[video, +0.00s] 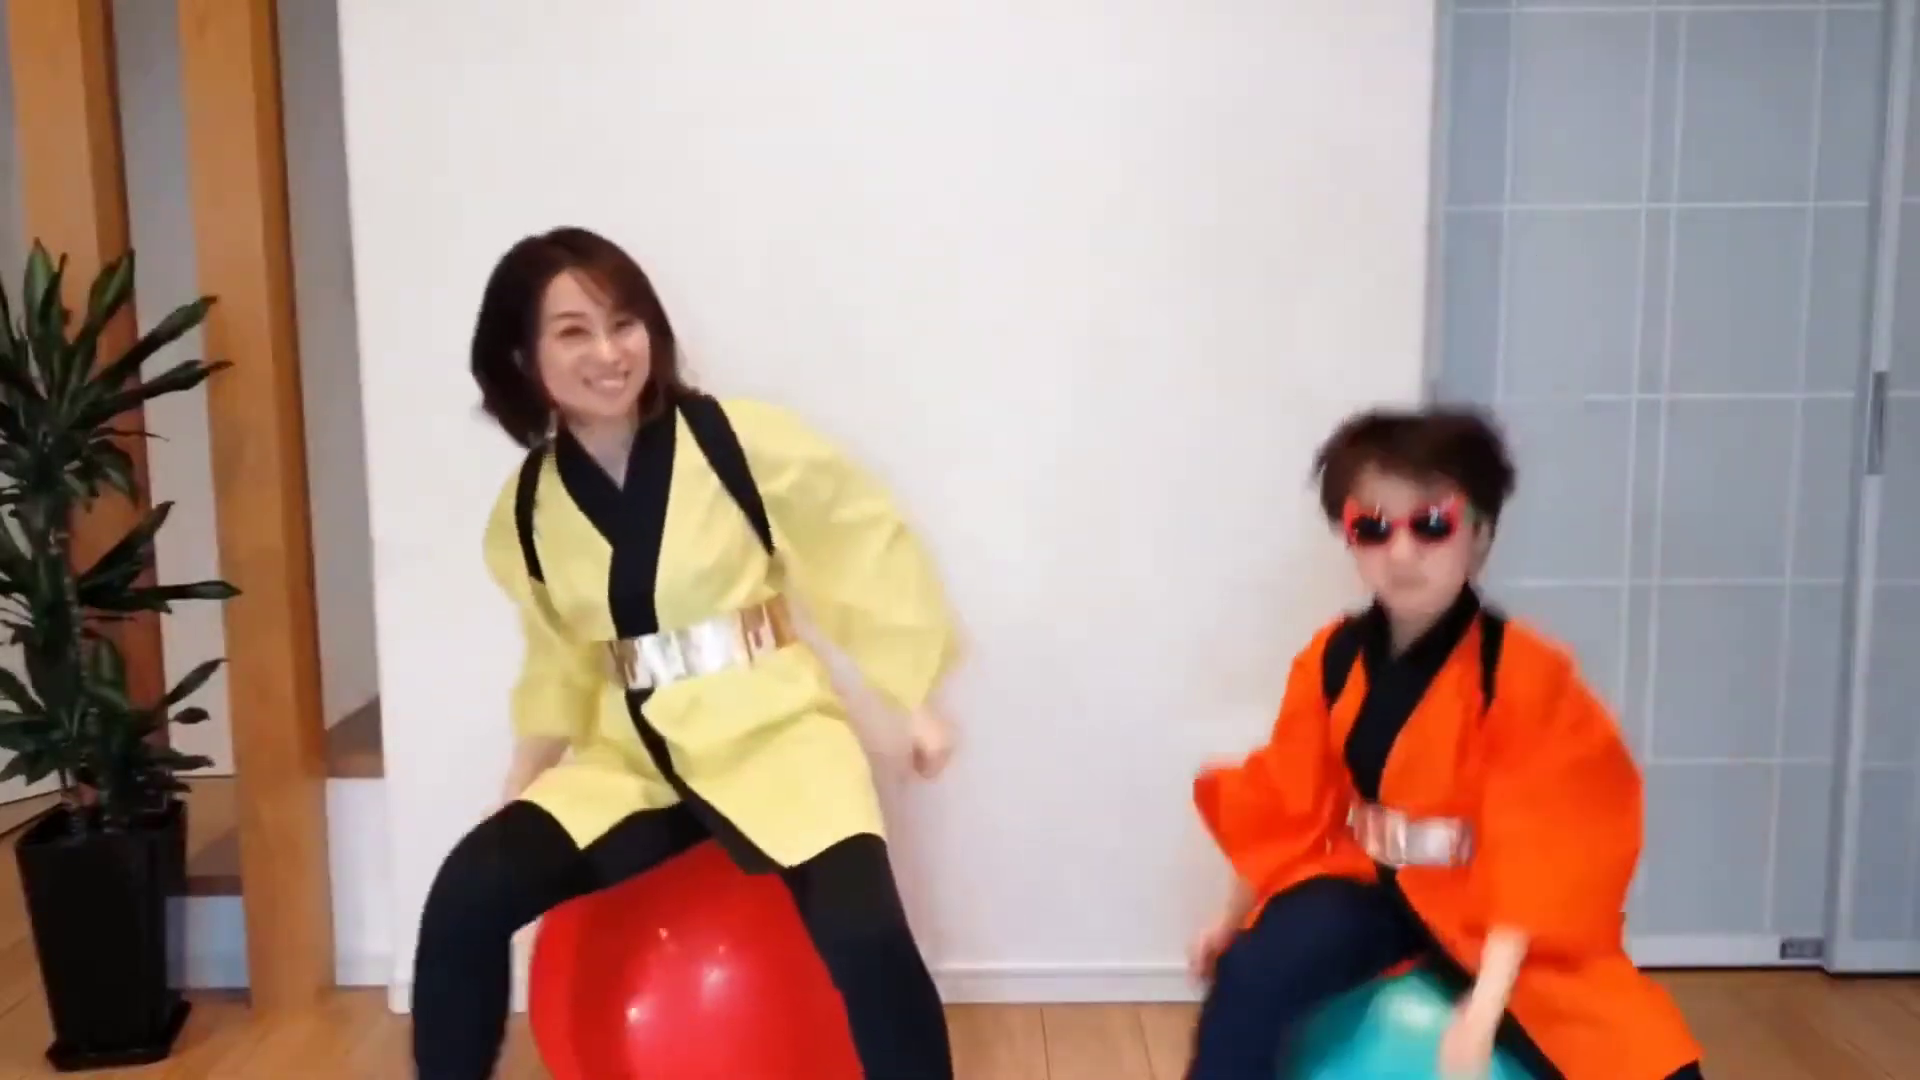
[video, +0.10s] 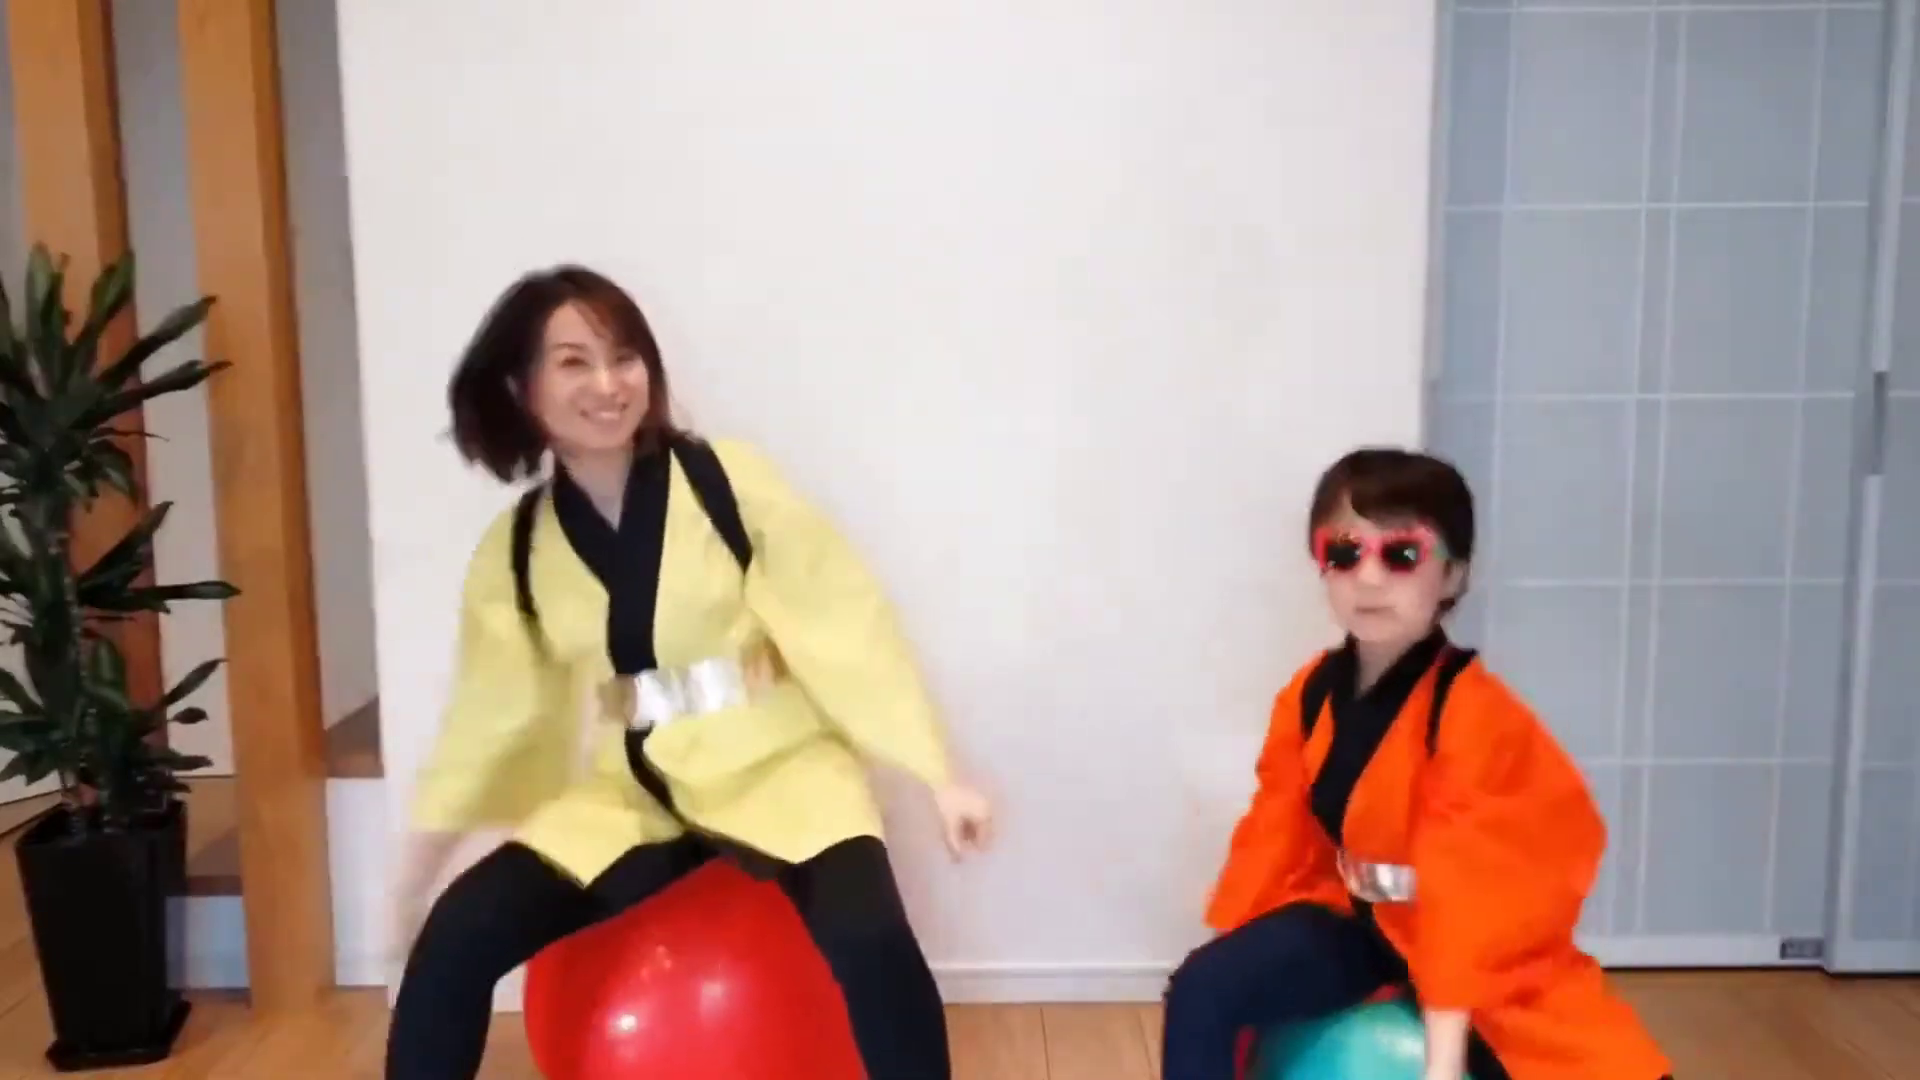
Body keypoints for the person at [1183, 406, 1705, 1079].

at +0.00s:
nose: (1401, 552)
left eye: (1432, 523)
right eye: (1372, 527)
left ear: (1483, 536)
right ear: (1347, 542)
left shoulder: (1528, 677)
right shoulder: (1333, 661)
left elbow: (1540, 851)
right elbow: (1287, 805)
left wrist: (1481, 1018)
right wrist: (1232, 918)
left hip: (1498, 909)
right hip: (1375, 892)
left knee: (1652, 1058)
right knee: (1251, 970)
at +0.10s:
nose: (1368, 578)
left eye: (1401, 554)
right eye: (1343, 554)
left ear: (1453, 577)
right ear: (1322, 572)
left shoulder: (1476, 713)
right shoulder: (1312, 696)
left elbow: (1469, 899)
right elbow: (1273, 834)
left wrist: (1445, 1065)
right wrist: (1226, 953)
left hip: (1479, 944)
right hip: (1369, 920)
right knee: (1204, 989)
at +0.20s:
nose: (1347, 470)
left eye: (1381, 449)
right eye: (1323, 447)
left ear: (1431, 483)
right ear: (1299, 471)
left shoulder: (1444, 611)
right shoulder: (1284, 610)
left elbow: (1417, 784)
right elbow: (1220, 752)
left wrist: (1383, 958)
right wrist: (1144, 881)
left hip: (1461, 874)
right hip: (1344, 860)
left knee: (1588, 1051)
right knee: (1194, 998)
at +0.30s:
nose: (1342, 383)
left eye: (1375, 362)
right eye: (1317, 362)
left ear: (1424, 395)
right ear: (1292, 388)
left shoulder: (1442, 520)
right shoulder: (1273, 524)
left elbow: (1409, 649)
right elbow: (1185, 628)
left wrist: (1342, 757)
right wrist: (1060, 702)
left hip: (1463, 811)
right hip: (1325, 796)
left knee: (1591, 1035)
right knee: (1199, 989)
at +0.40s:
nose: (1345, 370)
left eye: (1376, 348)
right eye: (1319, 350)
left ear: (1423, 376)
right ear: (1293, 374)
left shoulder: (1446, 495)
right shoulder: (1272, 505)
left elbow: (1498, 599)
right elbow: (1172, 589)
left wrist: (1378, 554)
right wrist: (1064, 580)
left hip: (1454, 779)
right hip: (1326, 773)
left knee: (1555, 1006)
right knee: (1212, 970)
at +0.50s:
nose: (1353, 436)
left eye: (1382, 415)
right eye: (1325, 412)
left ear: (1425, 434)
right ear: (1294, 430)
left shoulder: (1450, 554)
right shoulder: (1273, 560)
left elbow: (1498, 681)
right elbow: (1162, 657)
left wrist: (1431, 548)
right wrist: (1118, 570)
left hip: (1445, 827)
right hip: (1321, 820)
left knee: (1543, 1036)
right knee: (1209, 984)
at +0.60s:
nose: (1360, 542)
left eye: (1392, 520)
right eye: (1332, 517)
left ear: (1432, 550)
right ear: (1302, 542)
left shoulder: (1456, 662)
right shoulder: (1276, 657)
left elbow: (1541, 821)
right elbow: (1162, 782)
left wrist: (1489, 682)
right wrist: (1182, 678)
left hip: (1438, 903)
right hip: (1316, 896)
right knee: (1202, 1005)